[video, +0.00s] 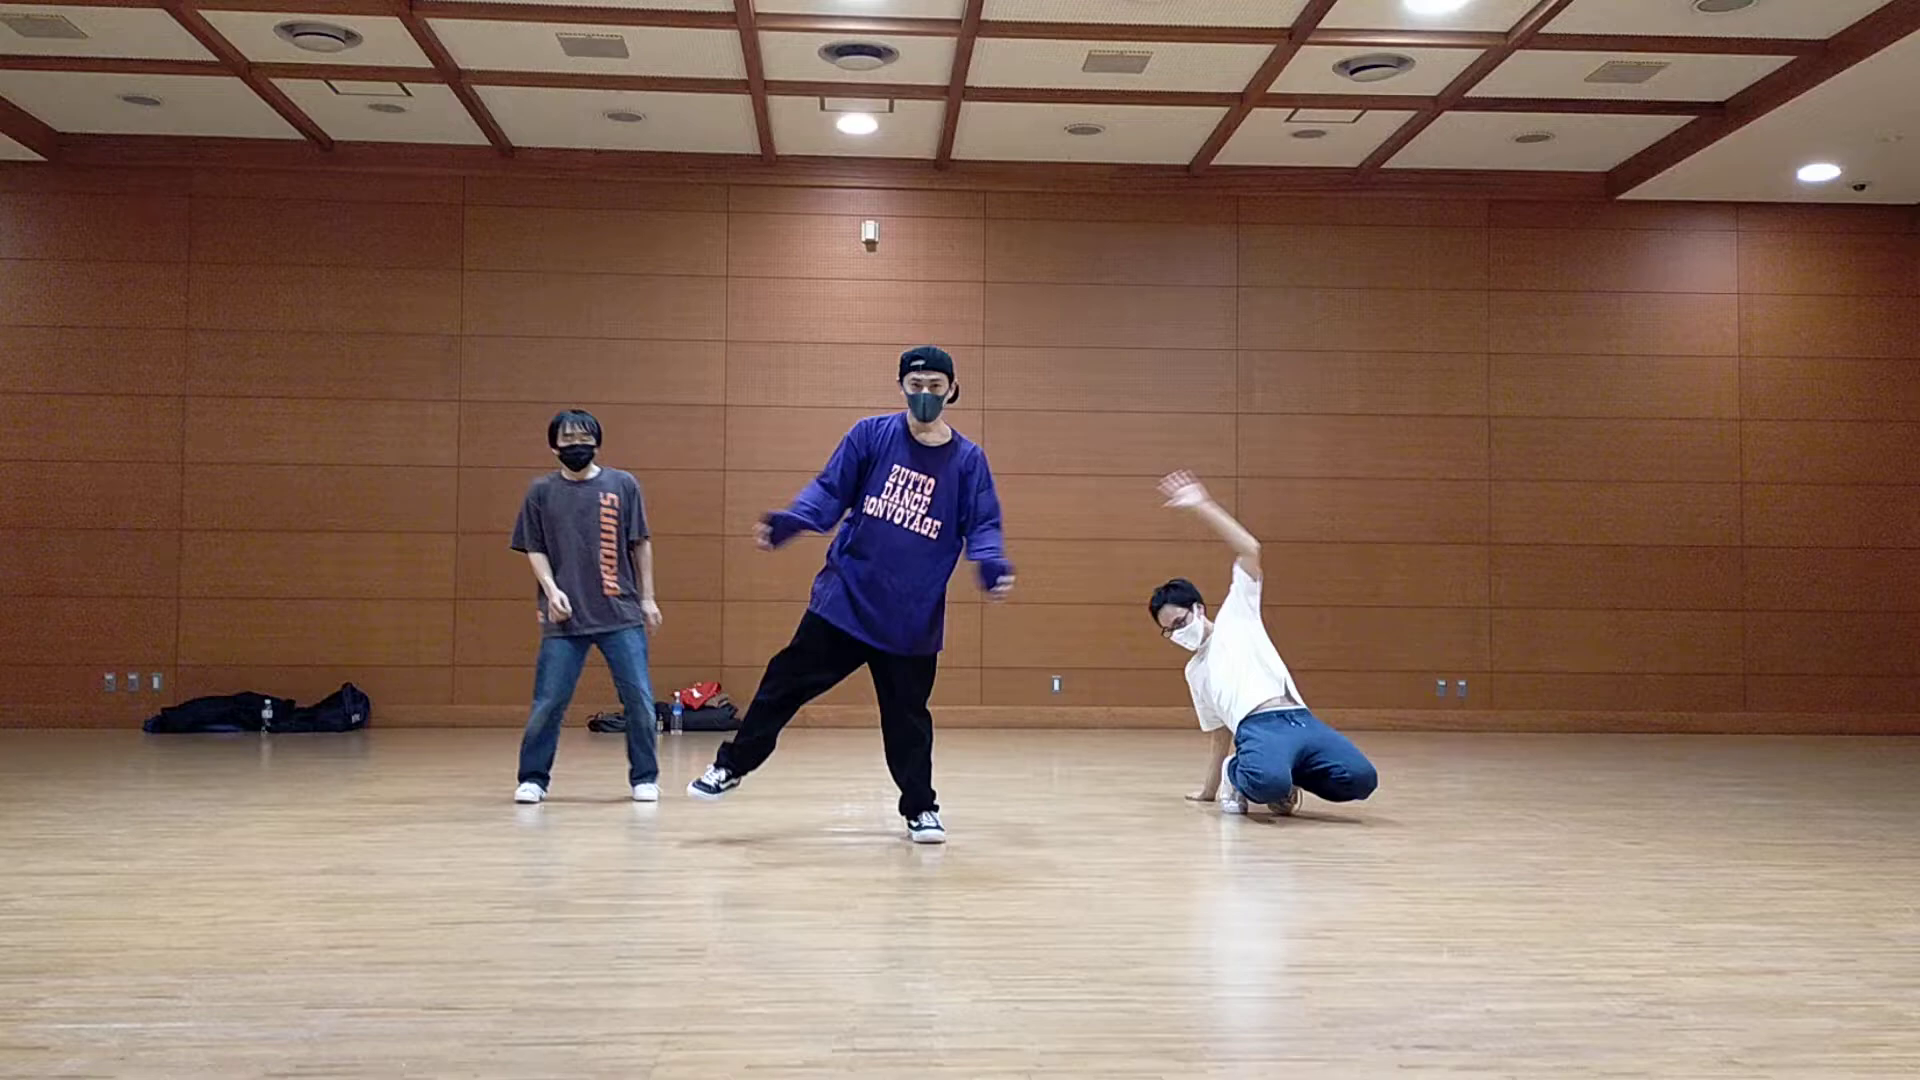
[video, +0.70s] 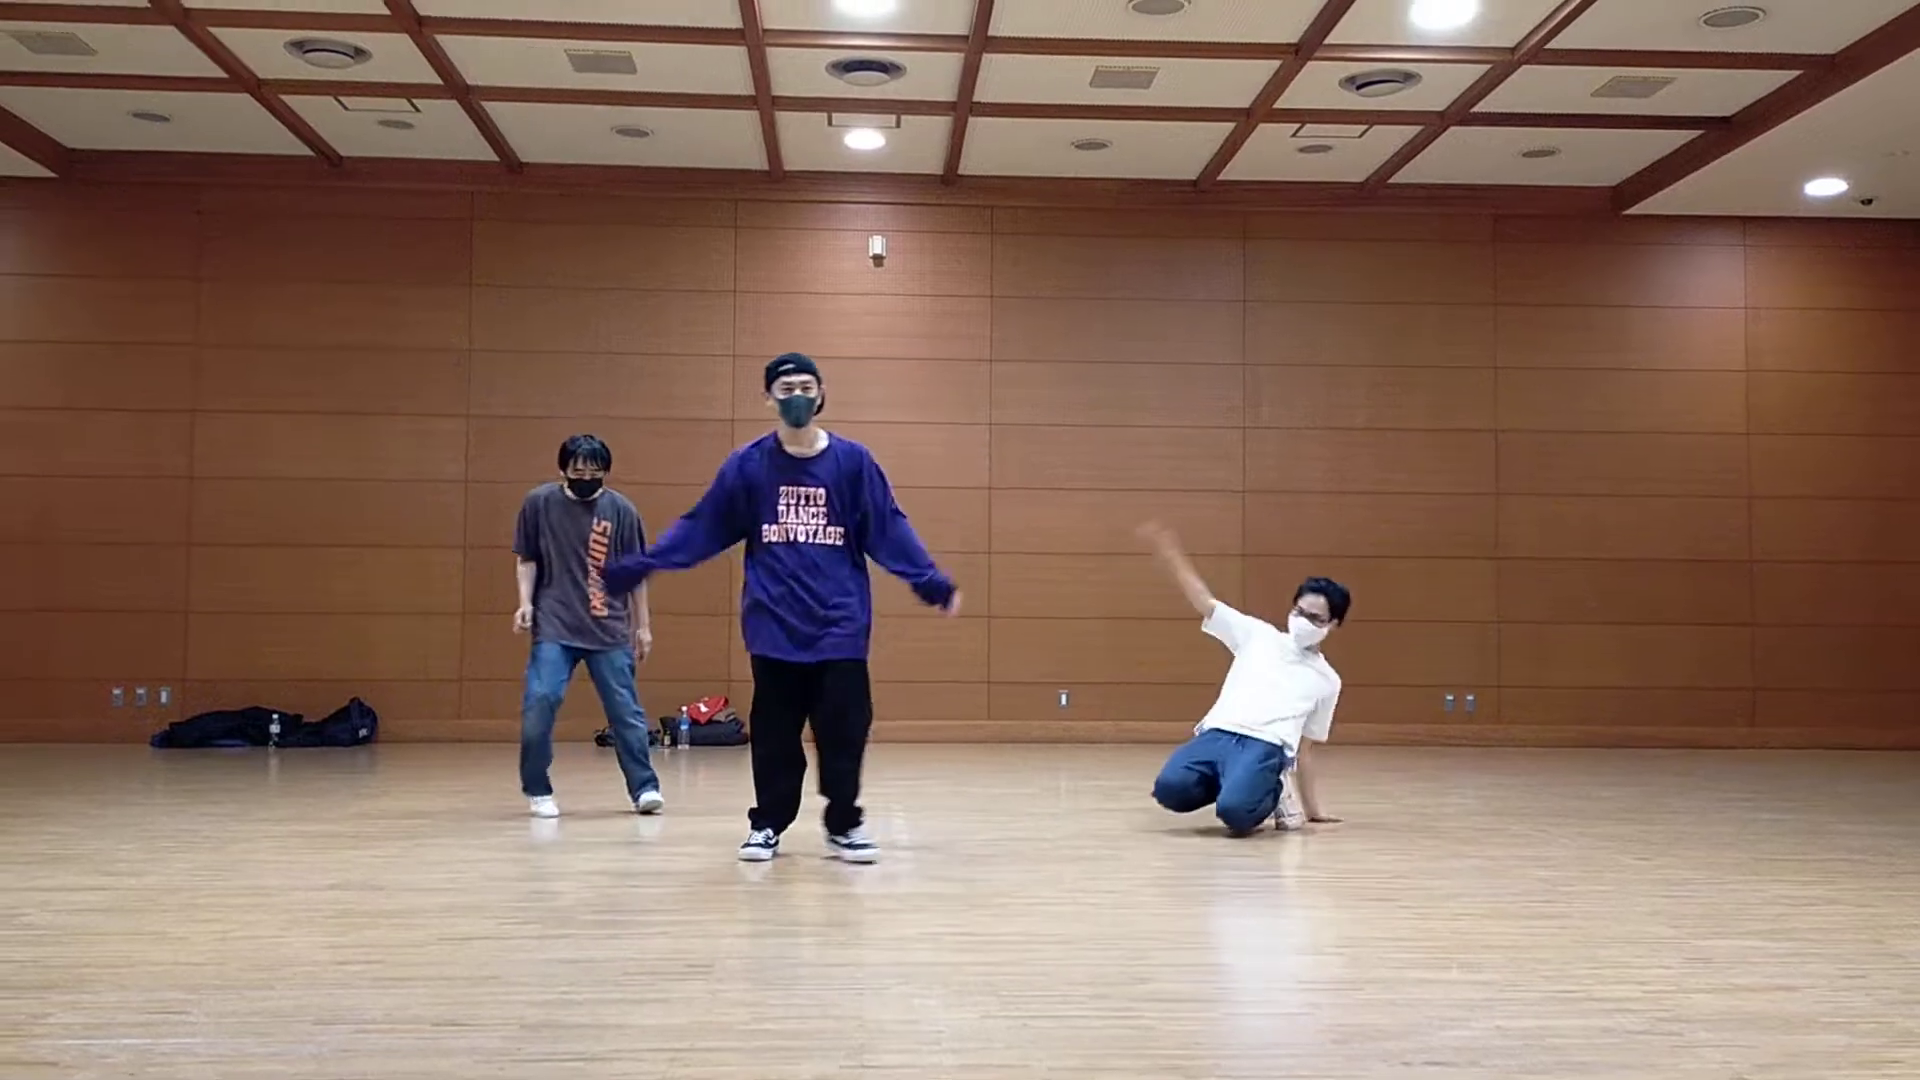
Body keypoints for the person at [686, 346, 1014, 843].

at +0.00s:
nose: (924, 392)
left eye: (934, 385)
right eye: (916, 384)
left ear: (950, 391)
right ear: (902, 388)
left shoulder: (968, 460)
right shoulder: (871, 435)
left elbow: (984, 525)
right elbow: (829, 491)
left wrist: (994, 565)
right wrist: (789, 521)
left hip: (911, 611)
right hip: (848, 597)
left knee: (908, 714)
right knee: (788, 678)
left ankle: (920, 809)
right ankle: (732, 764)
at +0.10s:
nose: (920, 393)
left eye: (930, 386)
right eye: (912, 385)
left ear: (946, 394)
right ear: (898, 390)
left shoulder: (963, 463)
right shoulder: (868, 438)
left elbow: (965, 526)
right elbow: (840, 495)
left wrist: (948, 563)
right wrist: (830, 536)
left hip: (908, 612)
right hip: (845, 600)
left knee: (908, 715)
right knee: (788, 686)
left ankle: (923, 810)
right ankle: (736, 773)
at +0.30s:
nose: (888, 399)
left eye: (898, 392)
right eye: (879, 392)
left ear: (913, 402)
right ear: (865, 399)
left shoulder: (931, 470)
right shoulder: (834, 451)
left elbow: (920, 541)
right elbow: (820, 522)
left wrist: (869, 572)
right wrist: (850, 566)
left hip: (894, 620)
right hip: (828, 611)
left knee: (901, 724)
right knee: (795, 714)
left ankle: (927, 819)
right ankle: (763, 817)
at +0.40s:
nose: (861, 400)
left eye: (870, 393)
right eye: (852, 393)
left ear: (887, 401)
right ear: (837, 400)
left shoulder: (905, 473)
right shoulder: (806, 459)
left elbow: (899, 550)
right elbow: (787, 536)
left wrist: (856, 604)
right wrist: (813, 593)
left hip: (877, 624)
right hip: (810, 619)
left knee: (893, 727)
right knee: (791, 723)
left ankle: (925, 819)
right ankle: (766, 821)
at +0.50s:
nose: (834, 393)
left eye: (843, 386)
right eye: (825, 386)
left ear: (859, 395)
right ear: (810, 396)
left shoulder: (881, 468)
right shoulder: (782, 461)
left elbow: (880, 549)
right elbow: (766, 538)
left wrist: (860, 616)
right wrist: (765, 604)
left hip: (856, 622)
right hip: (793, 619)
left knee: (880, 722)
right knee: (781, 722)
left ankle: (911, 817)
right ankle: (766, 821)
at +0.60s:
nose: (813, 392)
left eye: (822, 385)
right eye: (803, 386)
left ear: (837, 396)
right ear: (787, 397)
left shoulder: (864, 464)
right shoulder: (763, 463)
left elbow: (880, 540)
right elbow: (732, 537)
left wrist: (892, 606)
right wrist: (697, 598)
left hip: (845, 620)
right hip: (781, 619)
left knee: (865, 723)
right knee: (776, 726)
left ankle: (881, 820)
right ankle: (766, 822)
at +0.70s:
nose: (798, 394)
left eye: (806, 386)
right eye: (787, 387)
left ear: (821, 396)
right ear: (771, 398)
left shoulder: (853, 462)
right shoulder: (750, 465)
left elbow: (889, 529)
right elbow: (702, 527)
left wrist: (930, 579)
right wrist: (643, 563)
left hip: (839, 619)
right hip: (774, 620)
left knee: (846, 723)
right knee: (773, 727)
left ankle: (844, 825)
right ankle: (766, 825)